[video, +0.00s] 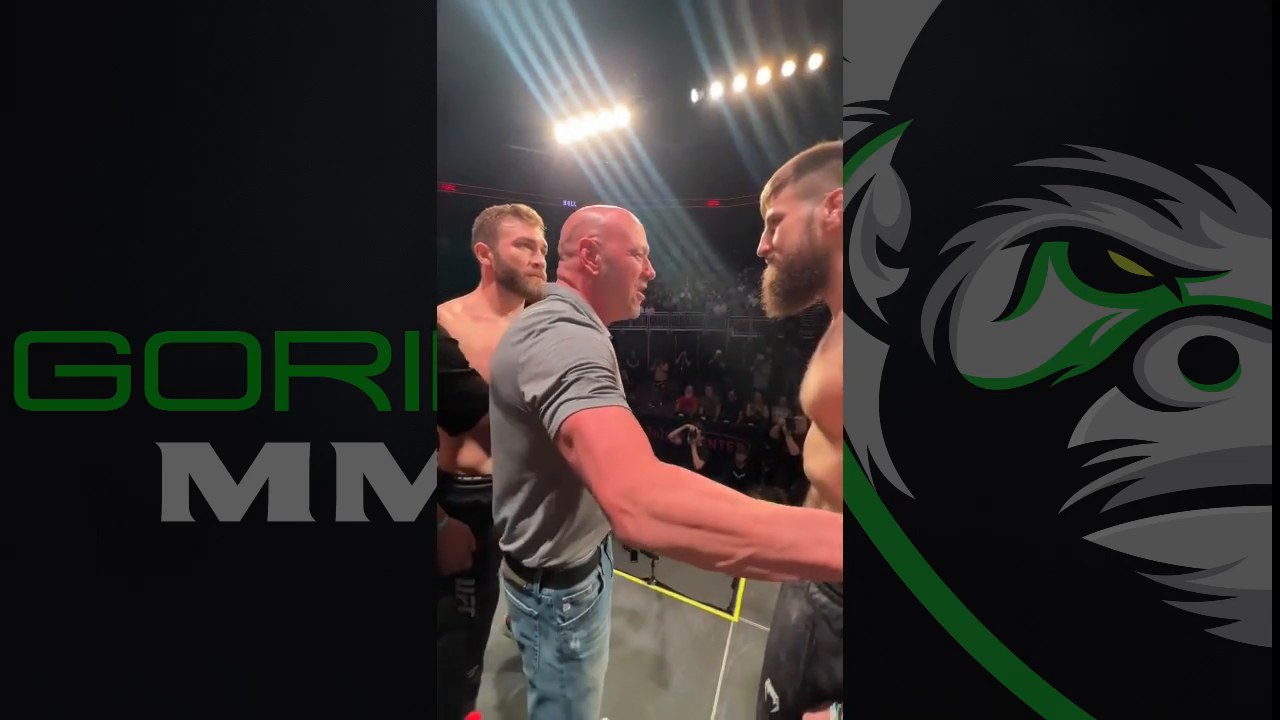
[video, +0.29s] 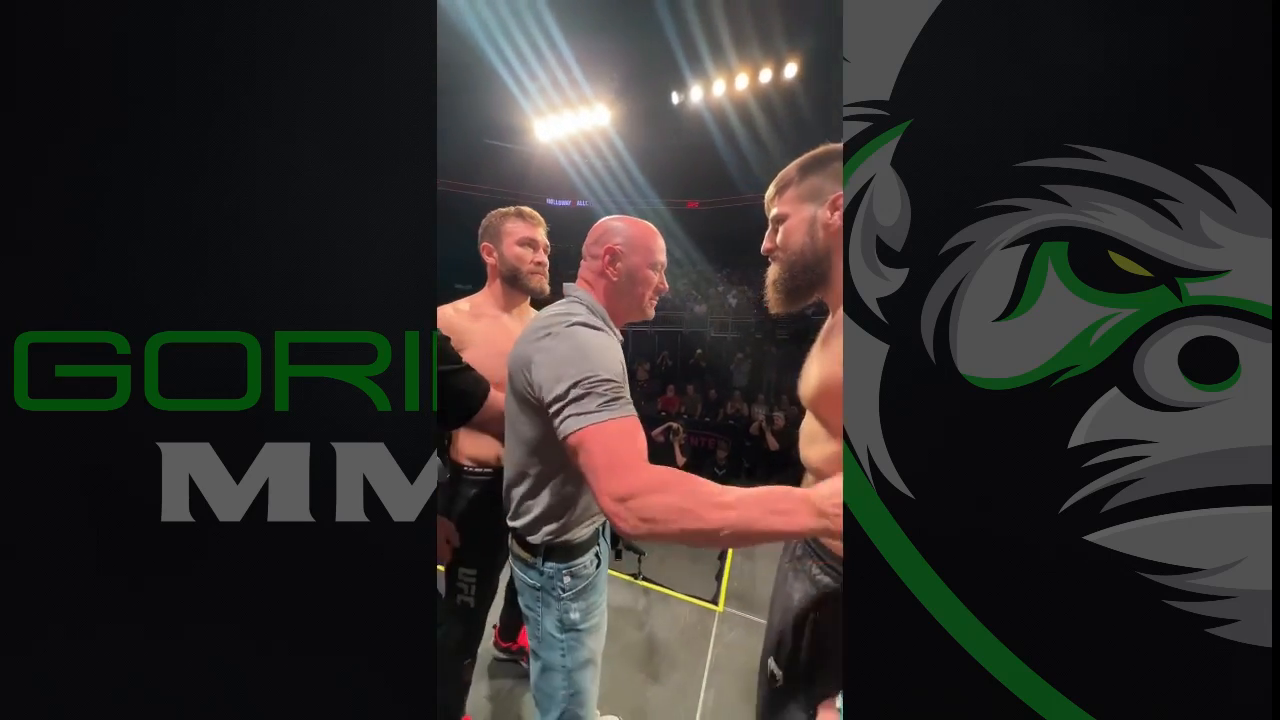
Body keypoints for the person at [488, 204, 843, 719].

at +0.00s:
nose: (651, 271)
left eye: (647, 256)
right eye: (638, 254)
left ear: (588, 259)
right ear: (589, 256)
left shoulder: (557, 324)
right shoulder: (560, 336)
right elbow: (641, 503)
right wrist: (844, 543)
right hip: (559, 586)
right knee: (566, 710)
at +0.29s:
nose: (665, 285)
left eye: (664, 271)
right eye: (655, 269)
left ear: (607, 265)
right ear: (610, 262)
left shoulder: (572, 327)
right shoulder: (577, 341)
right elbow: (633, 501)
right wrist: (816, 509)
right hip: (559, 563)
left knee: (565, 666)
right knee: (565, 703)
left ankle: (574, 708)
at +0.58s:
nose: (645, 288)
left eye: (646, 275)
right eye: (638, 273)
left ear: (592, 267)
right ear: (595, 266)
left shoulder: (555, 321)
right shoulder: (572, 347)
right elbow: (652, 469)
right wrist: (770, 463)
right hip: (552, 547)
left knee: (557, 651)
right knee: (561, 701)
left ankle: (567, 707)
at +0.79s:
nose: (621, 283)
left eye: (621, 270)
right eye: (613, 269)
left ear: (566, 267)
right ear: (569, 265)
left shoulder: (531, 322)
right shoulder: (556, 336)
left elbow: (585, 421)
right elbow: (646, 446)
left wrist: (640, 457)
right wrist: (769, 452)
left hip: (527, 528)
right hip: (549, 541)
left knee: (532, 644)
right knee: (588, 693)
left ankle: (527, 711)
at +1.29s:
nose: (569, 266)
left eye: (567, 254)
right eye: (557, 254)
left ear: (510, 257)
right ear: (510, 256)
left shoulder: (485, 316)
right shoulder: (510, 332)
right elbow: (609, 435)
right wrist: (736, 452)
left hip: (482, 529)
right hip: (507, 540)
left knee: (474, 640)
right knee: (540, 691)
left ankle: (457, 713)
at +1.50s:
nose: (558, 255)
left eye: (555, 241)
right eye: (544, 242)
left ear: (494, 249)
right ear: (495, 246)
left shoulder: (458, 309)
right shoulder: (497, 327)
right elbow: (601, 434)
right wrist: (718, 444)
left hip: (468, 529)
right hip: (502, 544)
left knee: (467, 622)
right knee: (523, 692)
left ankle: (433, 696)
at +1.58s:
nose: (555, 252)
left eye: (553, 240)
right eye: (542, 238)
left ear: (491, 241)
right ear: (494, 238)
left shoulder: (453, 303)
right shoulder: (494, 323)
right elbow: (601, 430)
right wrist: (716, 436)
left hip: (461, 533)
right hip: (496, 547)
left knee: (472, 620)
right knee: (513, 692)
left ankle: (435, 690)